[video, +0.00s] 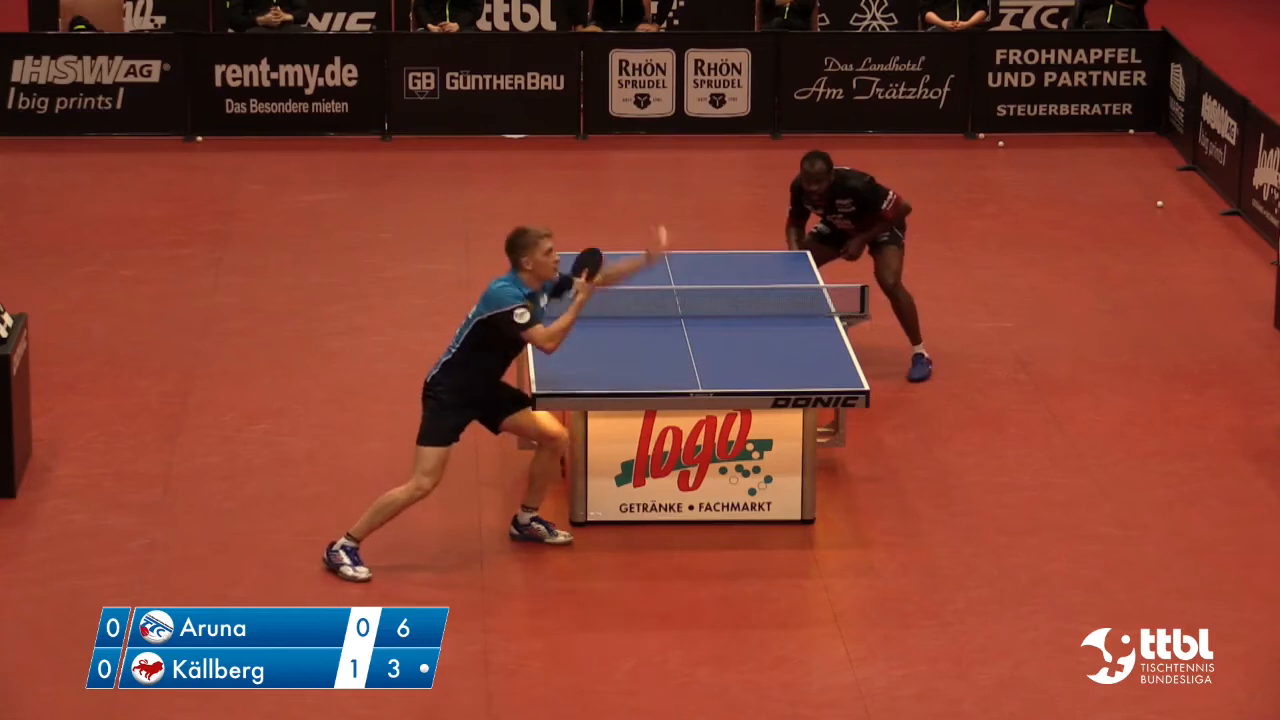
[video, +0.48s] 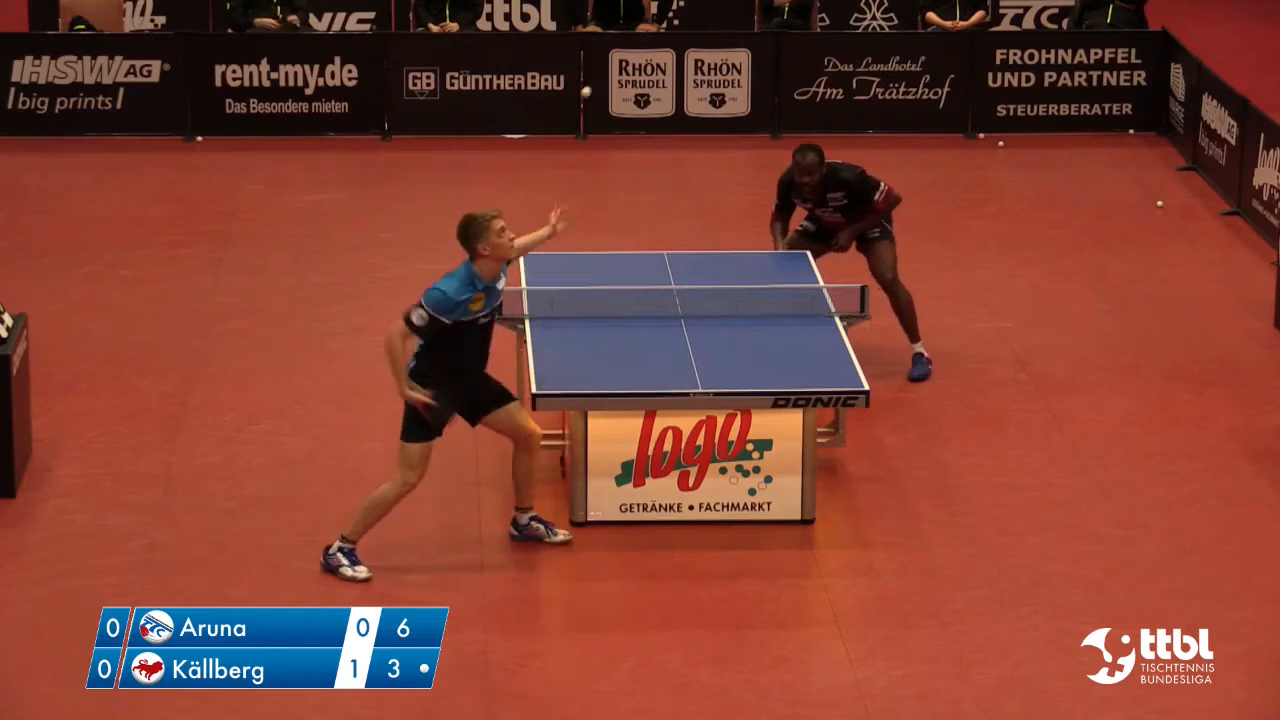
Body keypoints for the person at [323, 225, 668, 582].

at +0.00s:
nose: (556, 258)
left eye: (554, 252)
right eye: (548, 253)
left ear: (539, 259)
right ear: (525, 261)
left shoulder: (546, 284)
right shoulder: (505, 295)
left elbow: (600, 278)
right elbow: (547, 341)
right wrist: (581, 299)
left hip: (486, 389)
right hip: (448, 390)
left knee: (555, 437)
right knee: (422, 484)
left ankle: (526, 519)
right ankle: (345, 546)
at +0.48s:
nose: (510, 238)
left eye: (507, 232)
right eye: (502, 235)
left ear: (493, 247)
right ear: (482, 249)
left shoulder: (495, 269)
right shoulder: (448, 293)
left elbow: (516, 248)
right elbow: (397, 335)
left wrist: (549, 230)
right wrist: (404, 387)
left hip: (469, 380)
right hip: (431, 385)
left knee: (528, 434)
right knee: (408, 478)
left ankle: (525, 520)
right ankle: (342, 548)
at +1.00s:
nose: (581, 318)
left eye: (583, 312)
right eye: (580, 311)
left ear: (558, 299)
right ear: (565, 303)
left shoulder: (528, 316)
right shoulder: (526, 306)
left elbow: (474, 319)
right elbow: (549, 305)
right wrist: (579, 330)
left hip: (463, 390)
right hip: (438, 391)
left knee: (520, 441)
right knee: (465, 492)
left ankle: (486, 531)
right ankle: (373, 523)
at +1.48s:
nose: (588, 297)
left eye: (581, 289)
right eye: (588, 292)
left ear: (551, 294)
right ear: (584, 299)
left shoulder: (522, 325)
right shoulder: (595, 337)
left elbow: (477, 368)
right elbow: (646, 382)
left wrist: (497, 354)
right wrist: (659, 369)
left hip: (514, 430)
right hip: (565, 435)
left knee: (458, 471)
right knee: (629, 485)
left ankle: (439, 561)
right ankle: (660, 574)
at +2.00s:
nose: (674, 302)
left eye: (671, 295)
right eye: (672, 296)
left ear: (635, 292)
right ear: (663, 298)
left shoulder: (598, 310)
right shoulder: (662, 337)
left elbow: (545, 315)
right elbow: (714, 378)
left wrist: (525, 313)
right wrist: (769, 361)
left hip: (564, 428)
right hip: (613, 433)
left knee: (488, 495)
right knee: (689, 460)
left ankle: (416, 567)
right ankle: (737, 536)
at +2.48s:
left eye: (680, 273)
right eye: (705, 278)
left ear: (671, 283)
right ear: (706, 287)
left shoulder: (649, 308)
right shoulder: (719, 325)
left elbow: (606, 348)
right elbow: (756, 379)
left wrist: (605, 364)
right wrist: (762, 364)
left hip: (641, 412)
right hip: (690, 416)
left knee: (570, 481)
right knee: (746, 466)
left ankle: (524, 569)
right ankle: (762, 561)